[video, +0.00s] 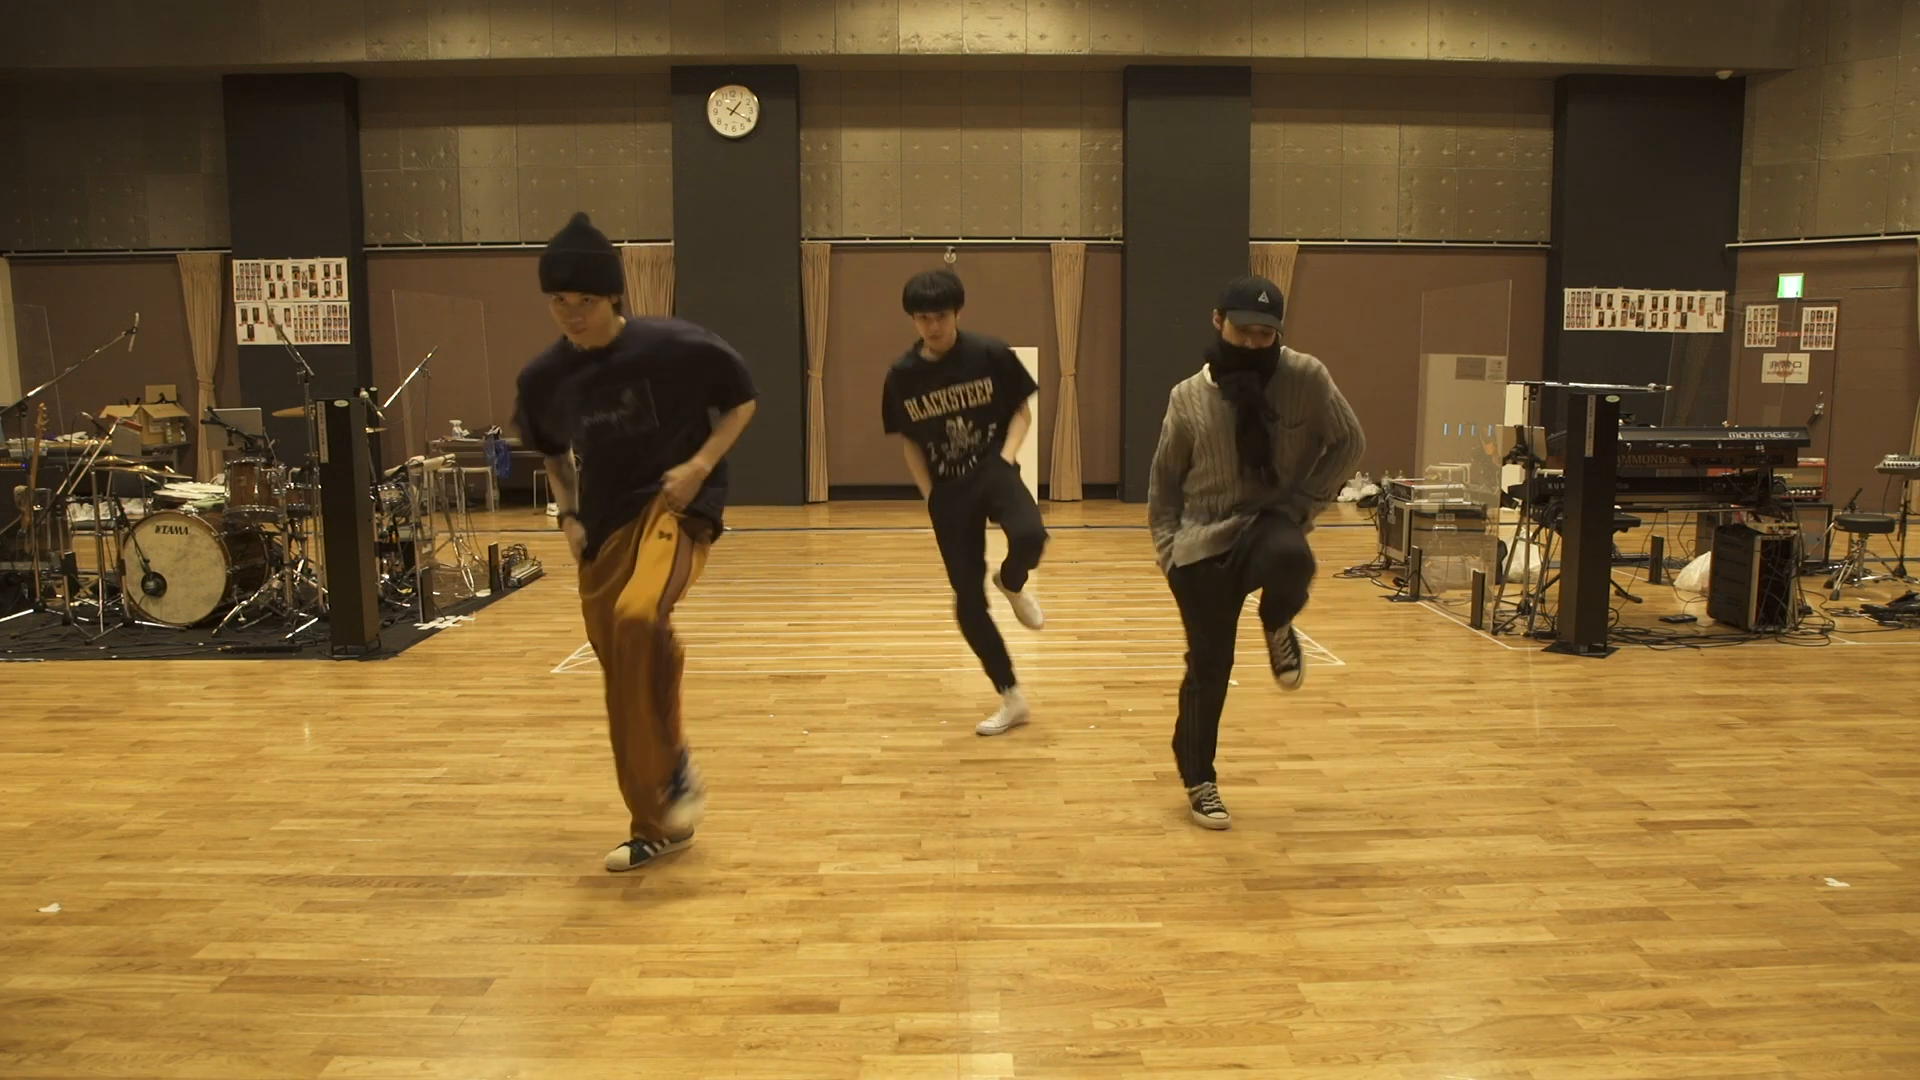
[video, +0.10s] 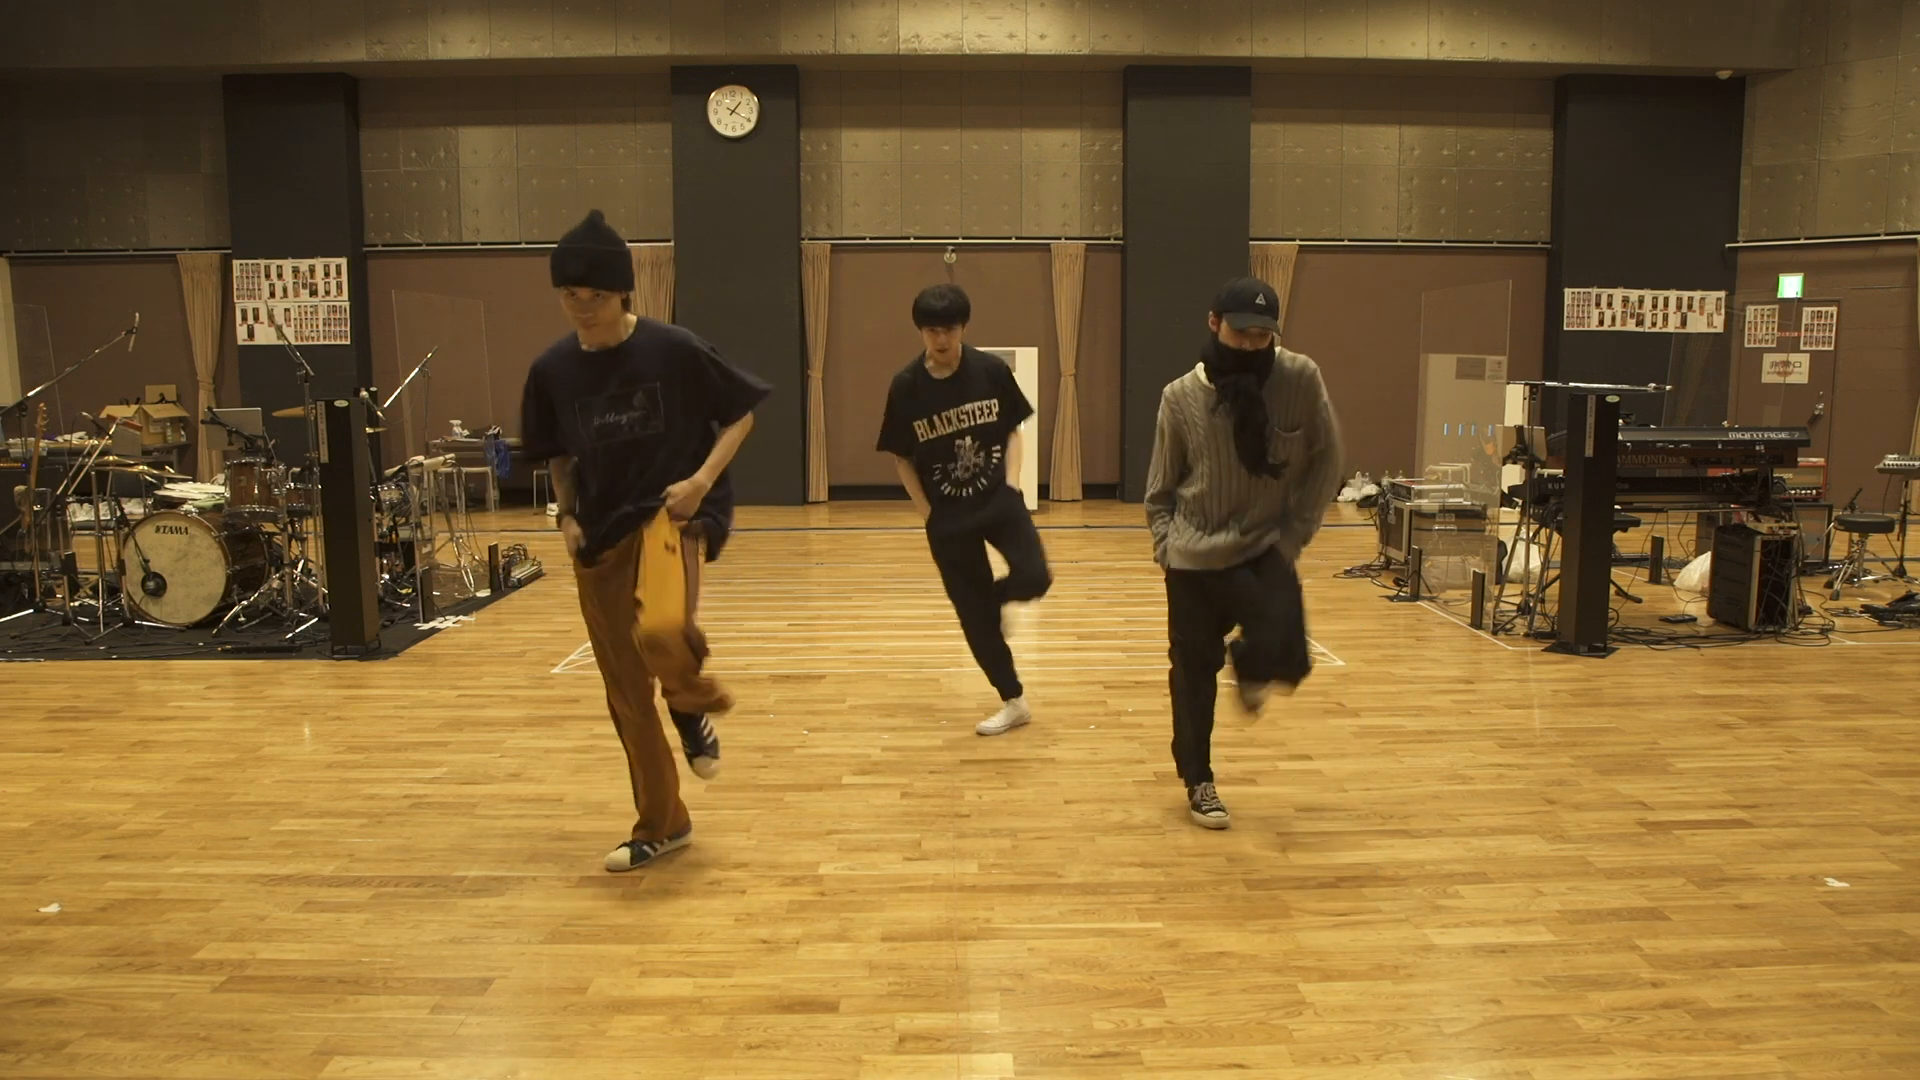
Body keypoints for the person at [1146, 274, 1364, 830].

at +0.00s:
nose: (1254, 342)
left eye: (1265, 332)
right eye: (1244, 330)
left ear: (1279, 332)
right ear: (1219, 324)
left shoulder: (1305, 377)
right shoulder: (1189, 398)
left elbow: (1348, 441)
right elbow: (1164, 479)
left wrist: (1305, 504)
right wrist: (1168, 547)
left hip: (1270, 521)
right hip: (1203, 535)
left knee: (1291, 562)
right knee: (1209, 666)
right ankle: (1200, 779)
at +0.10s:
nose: (1254, 343)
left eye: (1264, 332)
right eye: (1243, 331)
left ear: (1276, 331)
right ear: (1216, 325)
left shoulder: (1299, 378)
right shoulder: (1181, 397)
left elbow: (1327, 462)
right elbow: (1160, 485)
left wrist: (1292, 536)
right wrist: (1169, 543)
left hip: (1265, 549)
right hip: (1194, 555)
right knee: (1194, 672)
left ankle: (1245, 665)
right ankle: (1199, 780)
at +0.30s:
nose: (1259, 357)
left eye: (1269, 346)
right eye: (1248, 345)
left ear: (1280, 348)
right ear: (1220, 342)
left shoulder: (1302, 406)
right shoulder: (1183, 411)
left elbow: (1311, 491)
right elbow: (1146, 491)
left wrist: (1296, 564)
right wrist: (1184, 546)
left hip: (1265, 565)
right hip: (1200, 560)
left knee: (1207, 663)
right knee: (1204, 646)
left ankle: (1154, 747)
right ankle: (1223, 754)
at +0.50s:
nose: (1281, 362)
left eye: (1289, 352)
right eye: (1268, 352)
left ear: (1297, 359)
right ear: (1237, 357)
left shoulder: (1322, 425)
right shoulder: (1204, 432)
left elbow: (1328, 512)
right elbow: (1176, 521)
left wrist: (1312, 579)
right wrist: (1210, 586)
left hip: (1286, 590)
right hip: (1228, 590)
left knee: (1244, 698)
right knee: (1239, 698)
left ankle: (1167, 734)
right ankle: (1216, 798)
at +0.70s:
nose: (1321, 367)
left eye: (1328, 357)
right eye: (1307, 357)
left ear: (1336, 364)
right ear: (1278, 364)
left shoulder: (1352, 435)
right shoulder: (1250, 439)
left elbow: (1353, 519)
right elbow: (1202, 531)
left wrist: (1346, 577)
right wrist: (1229, 605)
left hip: (1331, 598)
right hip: (1262, 608)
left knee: (1411, 659)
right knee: (1242, 714)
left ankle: (1333, 729)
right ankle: (1216, 797)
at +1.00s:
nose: (1395, 393)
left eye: (1400, 381)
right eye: (1378, 386)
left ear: (1412, 387)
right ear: (1353, 399)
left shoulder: (1435, 462)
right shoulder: (1334, 473)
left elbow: (1458, 538)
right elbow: (1277, 551)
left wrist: (1443, 594)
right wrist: (1323, 610)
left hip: (1420, 624)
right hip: (1348, 623)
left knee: (1477, 731)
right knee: (1300, 710)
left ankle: (1497, 820)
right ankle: (1306, 776)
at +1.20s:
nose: (1357, 373)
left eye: (1364, 360)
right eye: (1341, 365)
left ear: (1380, 366)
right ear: (1318, 379)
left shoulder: (1413, 433)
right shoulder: (1286, 439)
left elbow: (1448, 517)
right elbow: (1240, 509)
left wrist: (1419, 590)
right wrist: (1284, 582)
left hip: (1389, 621)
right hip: (1306, 617)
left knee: (1446, 723)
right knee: (1215, 695)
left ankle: (1497, 817)